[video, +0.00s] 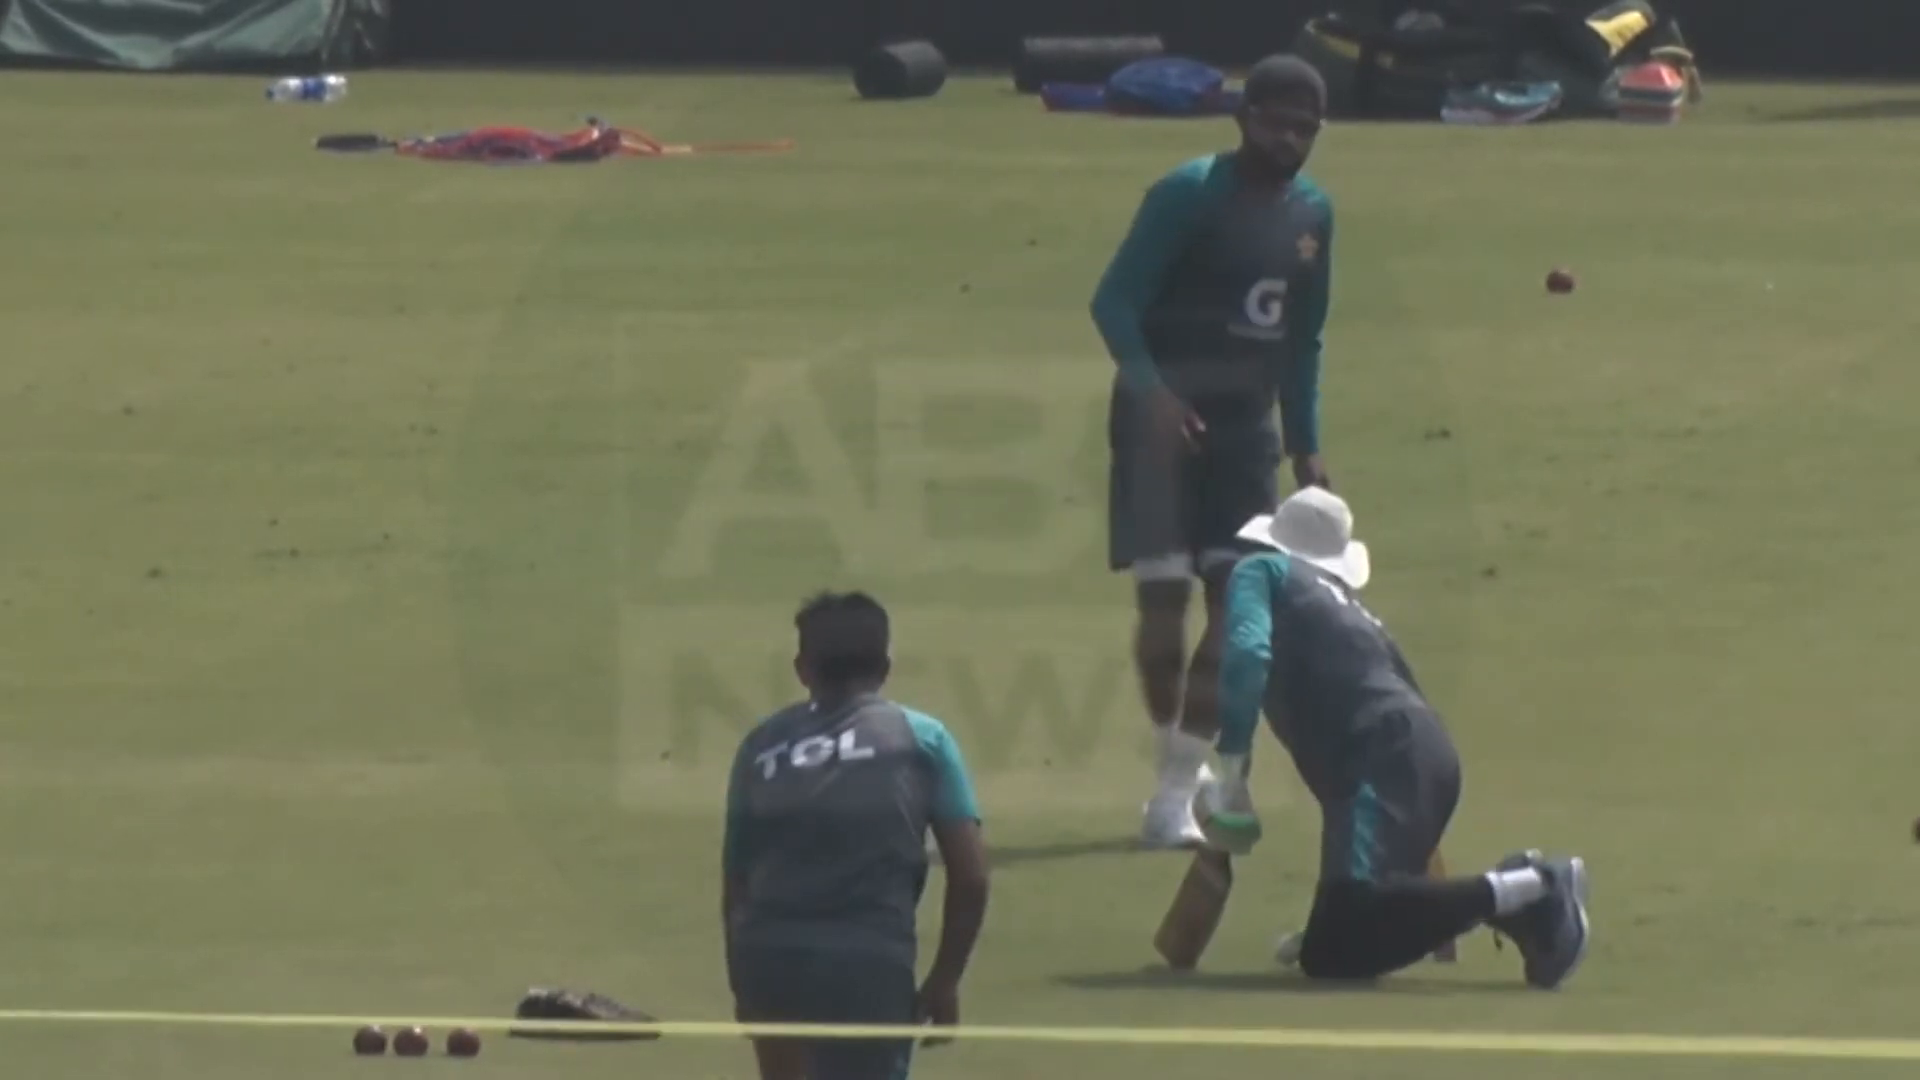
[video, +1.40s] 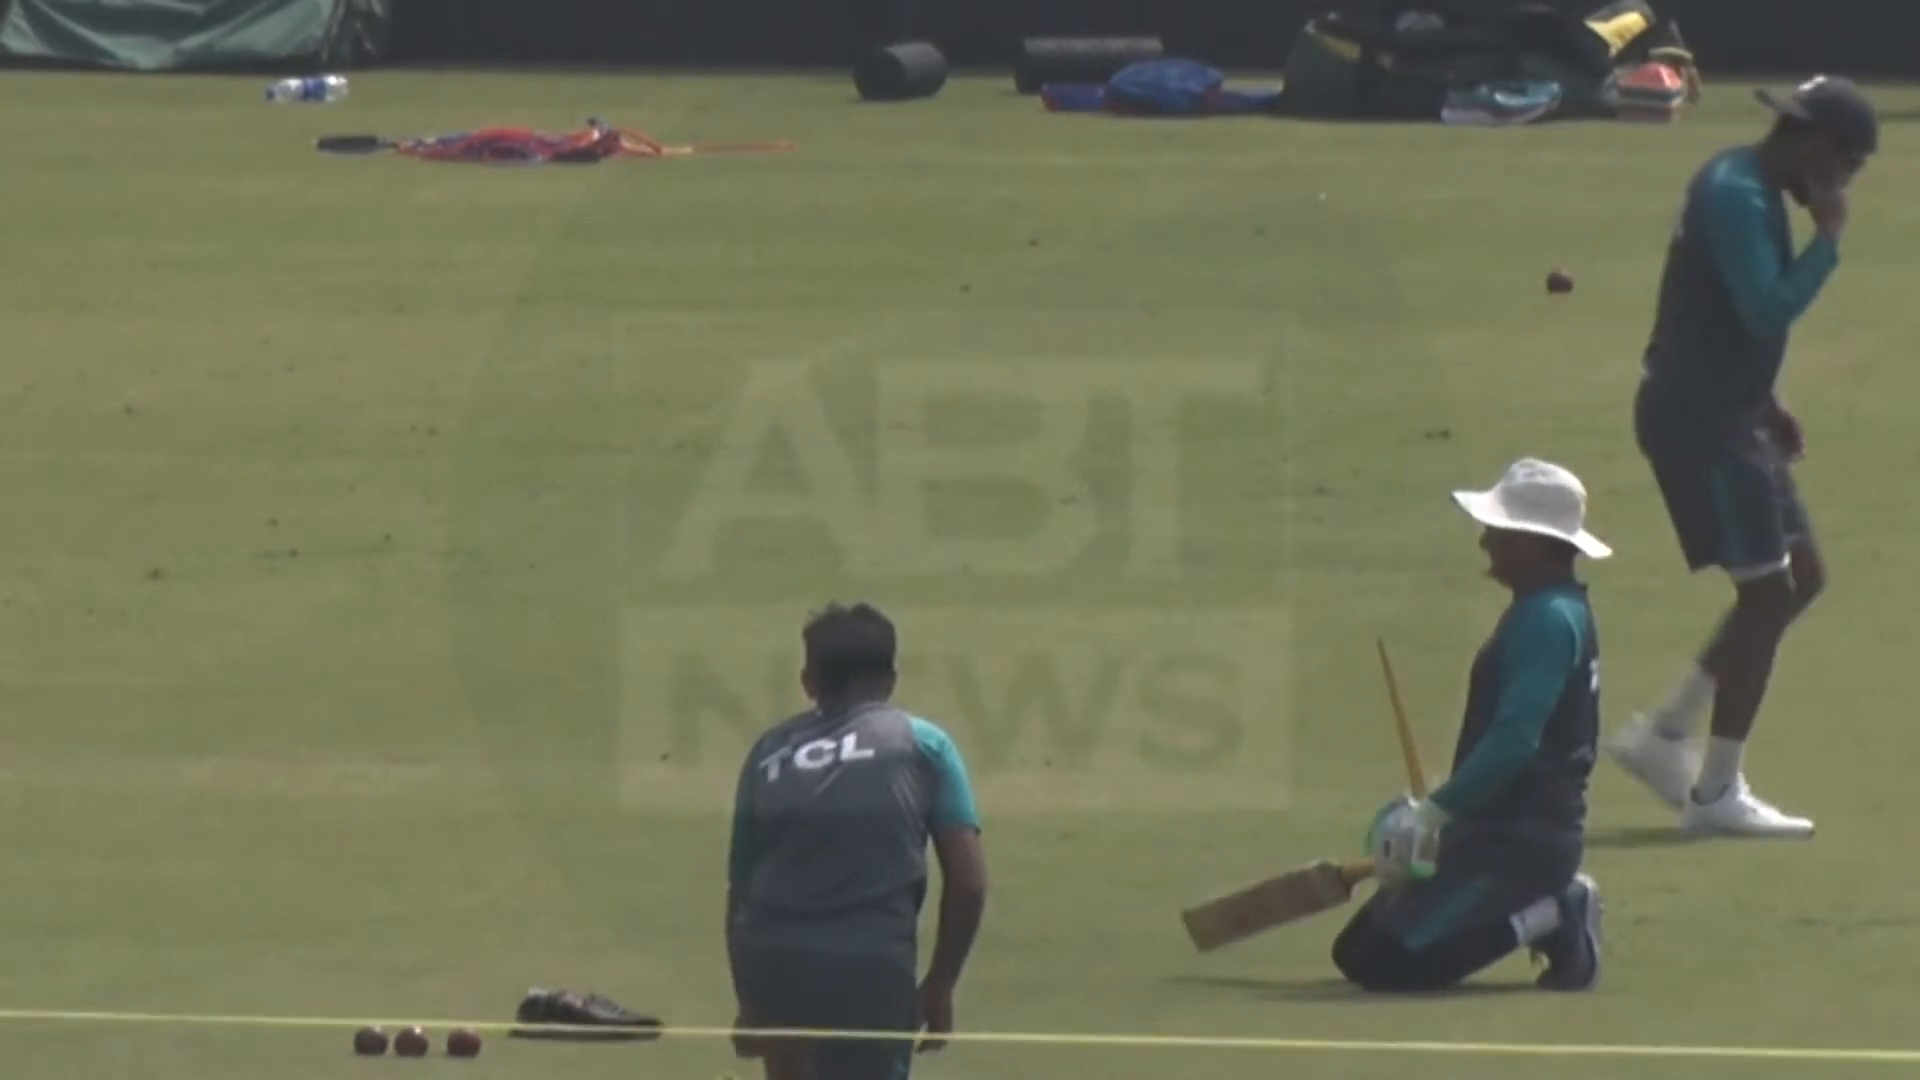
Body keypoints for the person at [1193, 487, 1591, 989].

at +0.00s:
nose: (1252, 556)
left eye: (1260, 549)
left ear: (1276, 547)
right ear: (1334, 564)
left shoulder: (1260, 568)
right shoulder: (1352, 611)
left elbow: (1248, 653)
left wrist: (1231, 772)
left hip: (1388, 759)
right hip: (1430, 761)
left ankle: (1526, 889)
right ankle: (1515, 892)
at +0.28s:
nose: (1296, 545)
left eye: (1304, 534)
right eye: (1302, 534)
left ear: (1317, 537)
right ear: (1374, 551)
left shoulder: (1316, 574)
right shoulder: (1387, 601)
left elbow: (1307, 672)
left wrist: (1277, 781)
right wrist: (1338, 916)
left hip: (1423, 793)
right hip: (1456, 787)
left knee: (1336, 954)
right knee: (1343, 943)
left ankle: (1527, 904)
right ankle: (1502, 901)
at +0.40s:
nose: (1334, 548)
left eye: (1341, 537)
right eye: (1335, 537)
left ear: (1360, 535)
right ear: (1406, 546)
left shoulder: (1354, 573)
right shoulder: (1424, 606)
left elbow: (1347, 684)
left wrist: (1310, 802)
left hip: (1448, 806)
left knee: (1367, 961)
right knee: (1330, 952)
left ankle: (1531, 903)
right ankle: (1508, 900)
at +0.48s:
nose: (1360, 545)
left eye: (1368, 533)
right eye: (1363, 532)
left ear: (1387, 535)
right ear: (1432, 547)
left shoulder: (1386, 580)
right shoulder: (1452, 615)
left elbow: (1382, 695)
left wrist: (1338, 807)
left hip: (1457, 827)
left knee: (1368, 967)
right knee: (1331, 956)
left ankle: (1534, 903)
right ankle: (1513, 894)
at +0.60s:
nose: (1393, 536)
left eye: (1404, 527)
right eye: (1397, 525)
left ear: (1430, 536)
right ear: (1472, 543)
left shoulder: (1436, 590)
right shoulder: (1486, 609)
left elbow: (1436, 705)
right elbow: (1467, 749)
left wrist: (1389, 808)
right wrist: (1388, 841)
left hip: (1481, 836)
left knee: (1370, 964)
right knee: (1338, 950)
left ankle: (1533, 909)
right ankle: (1531, 904)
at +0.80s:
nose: (1454, 557)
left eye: (1464, 544)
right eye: (1458, 542)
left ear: (1489, 550)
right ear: (1523, 551)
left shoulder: (1505, 614)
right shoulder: (1529, 612)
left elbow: (1498, 737)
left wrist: (1422, 811)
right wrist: (1417, 838)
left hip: (1512, 850)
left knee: (1382, 964)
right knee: (1355, 945)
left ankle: (1550, 914)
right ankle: (1539, 909)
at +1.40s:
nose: (1483, 539)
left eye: (1497, 529)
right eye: (1487, 527)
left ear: (1538, 543)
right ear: (1542, 545)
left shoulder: (1548, 619)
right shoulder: (1542, 611)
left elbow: (1513, 741)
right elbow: (1507, 744)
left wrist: (1434, 811)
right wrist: (1426, 817)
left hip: (1521, 851)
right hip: (1497, 842)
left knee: (1387, 966)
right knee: (1359, 952)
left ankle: (1554, 914)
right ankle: (1537, 909)